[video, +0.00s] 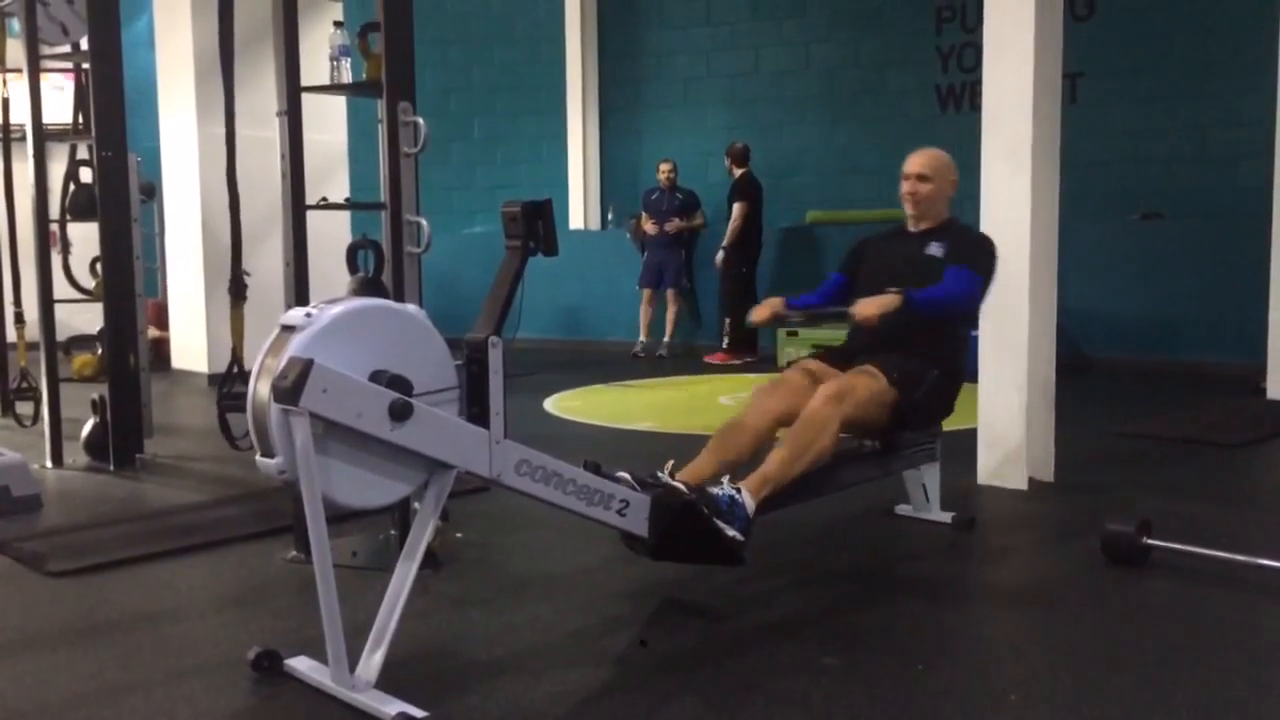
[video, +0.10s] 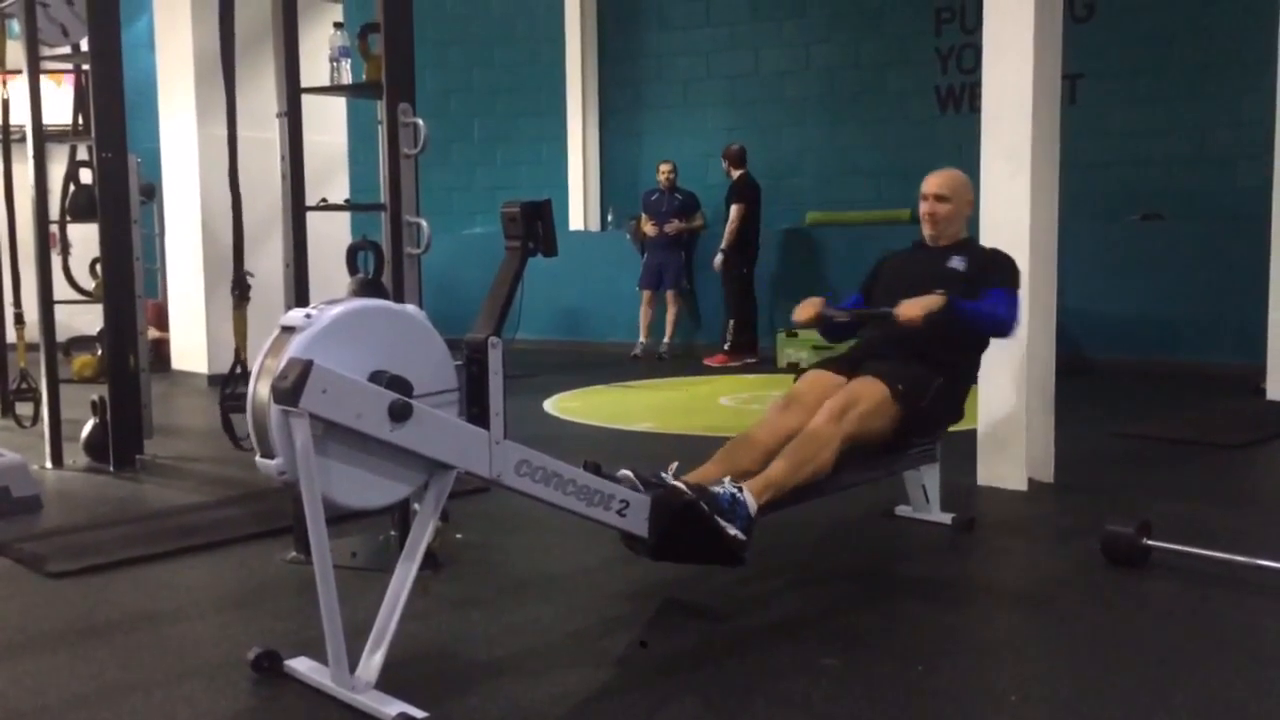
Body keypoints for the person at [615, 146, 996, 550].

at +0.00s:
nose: (910, 188)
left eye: (923, 180)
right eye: (905, 179)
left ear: (951, 188)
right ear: (900, 186)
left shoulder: (972, 244)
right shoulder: (873, 247)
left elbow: (957, 295)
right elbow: (830, 297)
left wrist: (898, 299)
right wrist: (785, 304)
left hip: (923, 364)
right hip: (858, 356)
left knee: (832, 397)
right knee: (776, 391)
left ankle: (744, 501)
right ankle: (679, 484)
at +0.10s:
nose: (929, 209)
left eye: (941, 200)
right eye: (924, 199)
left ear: (968, 208)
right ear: (918, 204)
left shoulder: (991, 264)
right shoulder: (895, 262)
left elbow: (1003, 319)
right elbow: (854, 319)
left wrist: (943, 305)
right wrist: (824, 315)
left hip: (925, 365)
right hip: (864, 354)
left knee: (836, 413)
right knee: (792, 405)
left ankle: (745, 502)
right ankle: (683, 488)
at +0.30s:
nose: (920, 216)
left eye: (933, 206)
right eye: (915, 206)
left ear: (961, 209)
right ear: (910, 208)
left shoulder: (995, 267)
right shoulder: (896, 263)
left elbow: (1032, 337)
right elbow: (849, 344)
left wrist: (986, 289)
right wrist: (848, 304)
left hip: (929, 378)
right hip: (867, 367)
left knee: (839, 406)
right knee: (796, 397)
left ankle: (747, 505)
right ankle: (688, 489)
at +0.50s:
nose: (864, 197)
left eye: (876, 187)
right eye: (858, 188)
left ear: (907, 188)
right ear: (852, 192)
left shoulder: (943, 248)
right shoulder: (842, 251)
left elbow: (946, 321)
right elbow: (802, 307)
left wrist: (879, 318)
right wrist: (764, 319)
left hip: (915, 379)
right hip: (845, 371)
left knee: (828, 388)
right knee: (760, 380)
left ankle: (746, 509)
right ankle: (687, 493)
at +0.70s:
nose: (782, 210)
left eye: (796, 199)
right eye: (777, 199)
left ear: (829, 201)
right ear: (772, 203)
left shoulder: (864, 257)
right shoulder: (771, 260)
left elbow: (834, 331)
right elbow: (711, 309)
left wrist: (766, 368)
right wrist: (651, 354)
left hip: (877, 406)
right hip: (800, 400)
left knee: (807, 361)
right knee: (711, 348)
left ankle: (741, 508)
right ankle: (680, 491)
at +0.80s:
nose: (749, 217)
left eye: (762, 207)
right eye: (745, 207)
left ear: (799, 212)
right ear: (741, 210)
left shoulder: (835, 263)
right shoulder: (740, 268)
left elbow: (795, 329)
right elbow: (675, 312)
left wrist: (721, 368)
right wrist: (607, 353)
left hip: (863, 414)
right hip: (789, 414)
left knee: (794, 355)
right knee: (691, 342)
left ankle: (740, 505)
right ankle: (681, 491)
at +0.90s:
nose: (738, 217)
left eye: (752, 208)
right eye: (735, 207)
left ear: (789, 216)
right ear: (730, 212)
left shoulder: (825, 266)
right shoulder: (731, 267)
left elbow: (779, 322)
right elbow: (665, 308)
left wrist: (702, 353)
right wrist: (590, 339)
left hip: (857, 414)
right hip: (782, 415)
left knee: (787, 351)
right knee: (685, 352)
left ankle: (740, 505)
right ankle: (680, 493)